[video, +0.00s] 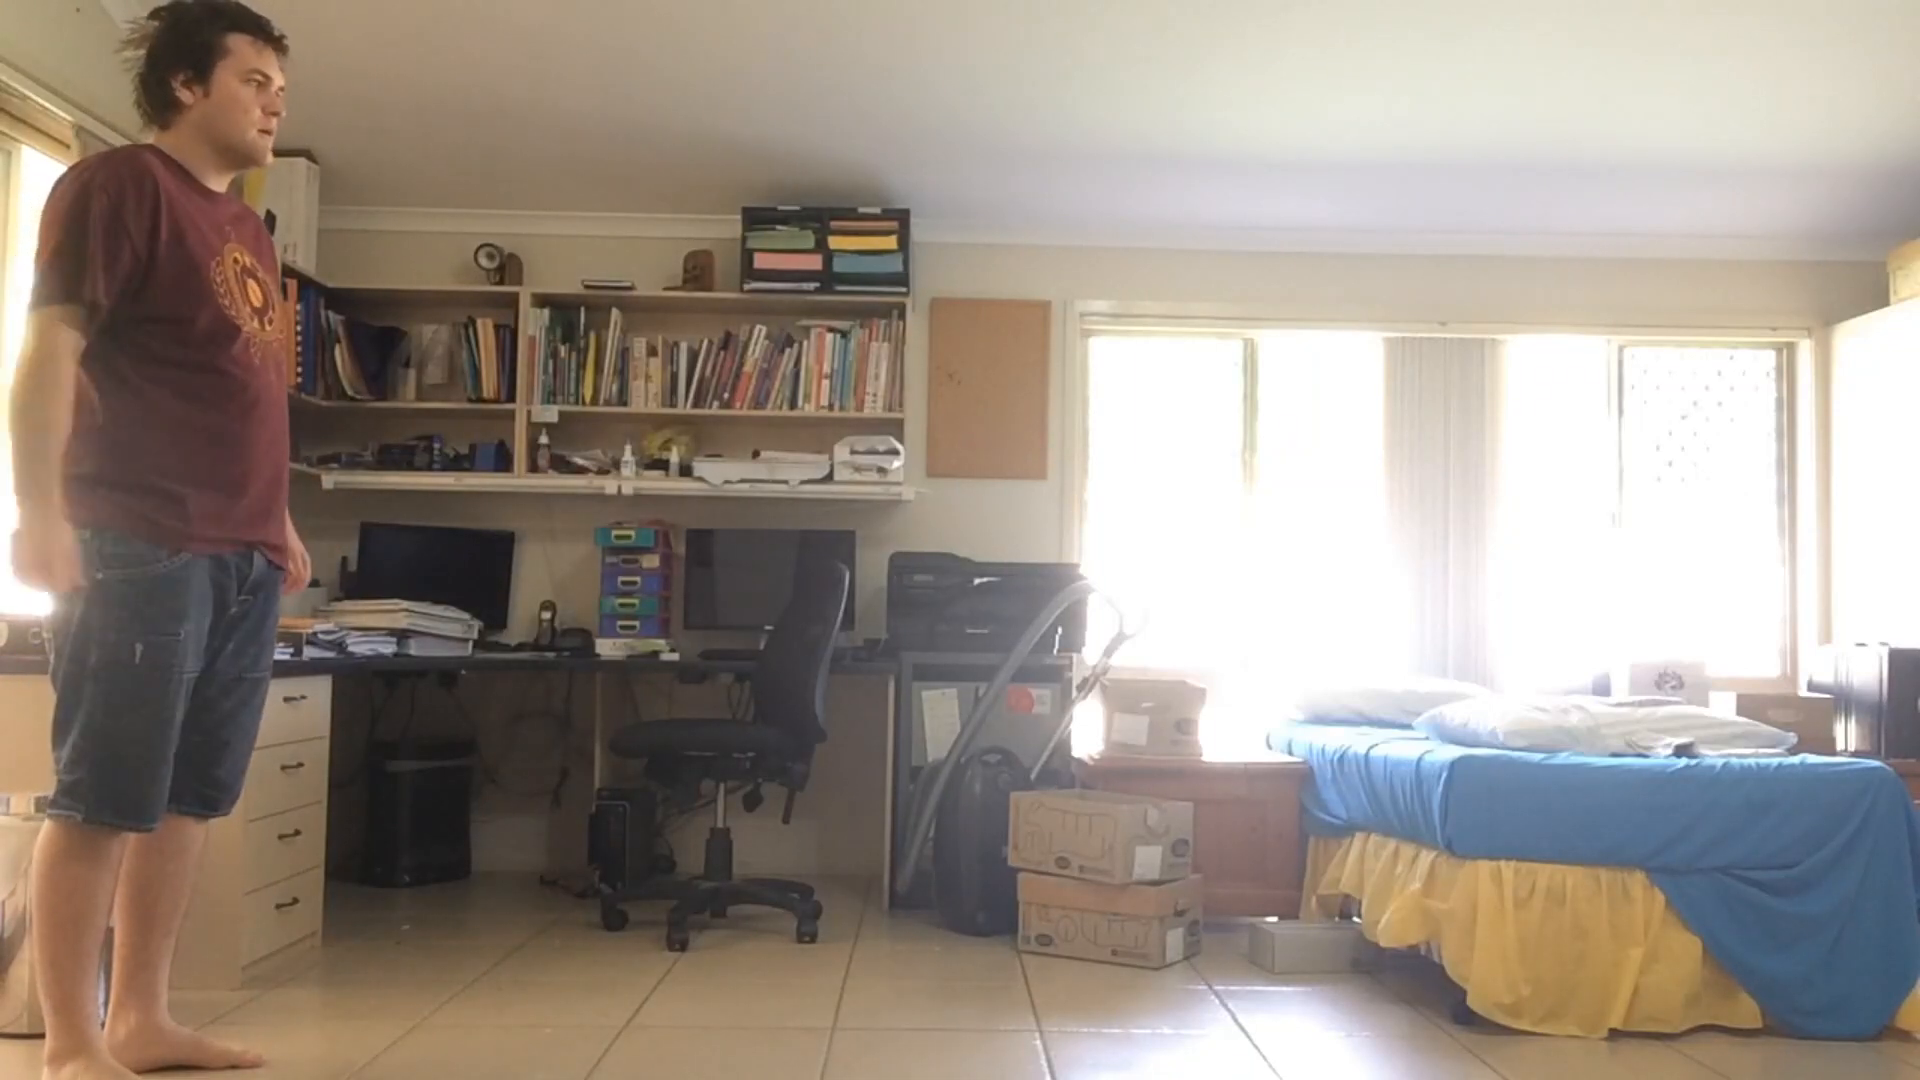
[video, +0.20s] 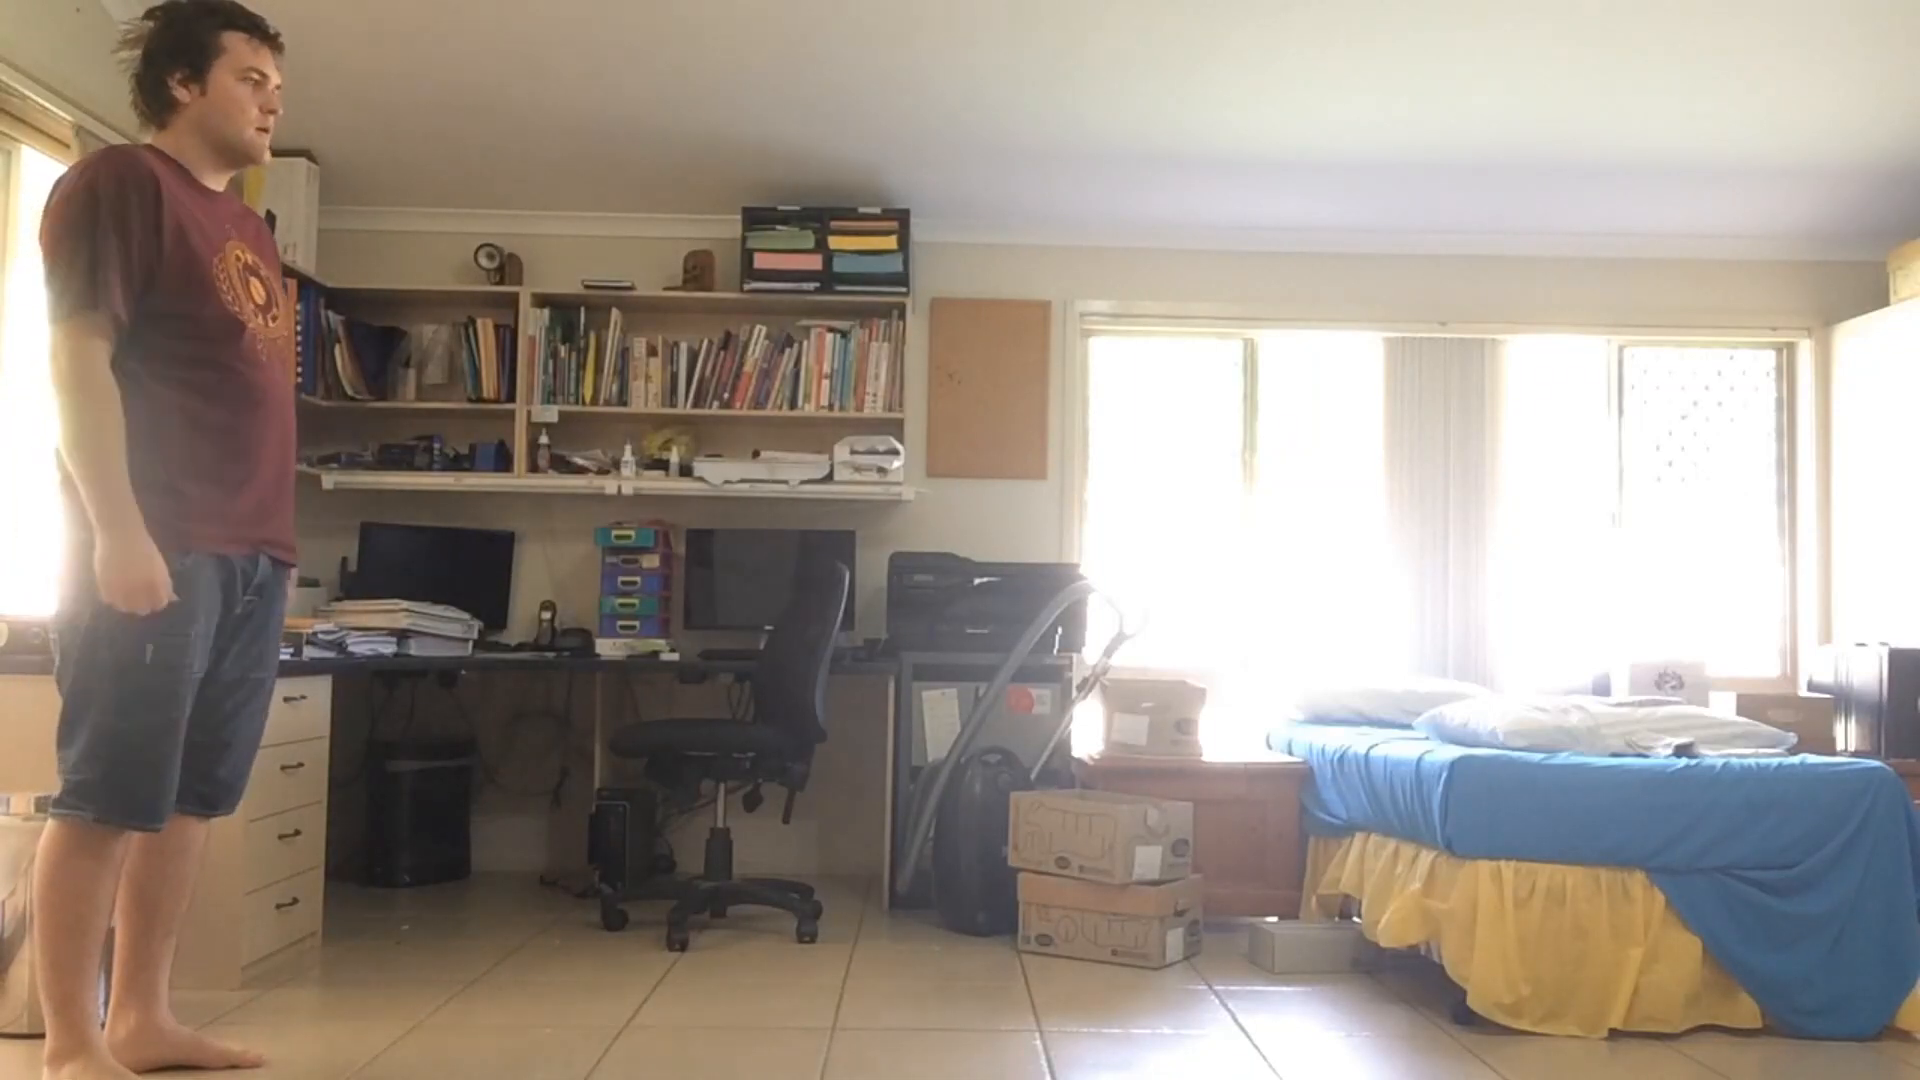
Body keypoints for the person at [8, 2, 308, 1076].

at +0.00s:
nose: (276, 102)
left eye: (280, 87)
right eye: (258, 82)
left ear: (266, 105)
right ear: (187, 88)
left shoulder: (251, 224)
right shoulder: (116, 182)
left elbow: (246, 394)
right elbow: (49, 348)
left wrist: (275, 519)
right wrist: (40, 515)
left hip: (246, 553)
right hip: (136, 542)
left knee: (184, 799)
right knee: (99, 798)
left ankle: (141, 1023)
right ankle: (68, 1045)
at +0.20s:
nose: (271, 99)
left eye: (276, 85)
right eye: (252, 79)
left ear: (264, 104)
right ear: (183, 88)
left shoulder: (252, 223)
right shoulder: (117, 180)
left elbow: (256, 391)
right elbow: (79, 359)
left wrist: (273, 537)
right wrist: (119, 533)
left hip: (252, 553)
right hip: (151, 545)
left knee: (185, 801)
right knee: (102, 800)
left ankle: (142, 1023)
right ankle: (69, 1045)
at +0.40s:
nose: (300, 107)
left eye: (304, 92)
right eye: (281, 83)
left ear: (286, 110)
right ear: (210, 89)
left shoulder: (271, 230)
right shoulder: (137, 180)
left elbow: (267, 400)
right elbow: (83, 353)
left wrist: (282, 537)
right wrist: (121, 528)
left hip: (252, 559)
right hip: (150, 549)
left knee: (188, 803)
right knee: (105, 803)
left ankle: (140, 1022)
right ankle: (68, 1046)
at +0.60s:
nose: (379, 136)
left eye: (383, 121)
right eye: (360, 111)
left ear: (352, 133)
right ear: (289, 110)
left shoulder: (321, 249)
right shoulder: (193, 195)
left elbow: (271, 410)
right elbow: (97, 360)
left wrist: (266, 544)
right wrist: (119, 533)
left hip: (249, 560)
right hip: (151, 548)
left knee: (211, 805)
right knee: (126, 808)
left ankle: (143, 1022)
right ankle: (72, 1045)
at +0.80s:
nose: (486, 266)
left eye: (489, 247)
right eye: (469, 240)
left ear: (419, 252)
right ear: (399, 239)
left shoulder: (396, 357)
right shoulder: (278, 304)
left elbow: (281, 460)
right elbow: (119, 408)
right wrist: (100, 586)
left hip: (235, 602)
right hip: (140, 589)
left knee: (262, 808)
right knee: (195, 811)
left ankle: (144, 1027)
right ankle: (76, 1048)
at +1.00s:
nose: (533, 327)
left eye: (534, 309)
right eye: (516, 306)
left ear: (471, 323)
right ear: (448, 316)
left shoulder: (448, 423)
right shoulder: (339, 388)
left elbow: (347, 541)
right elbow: (183, 498)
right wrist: (126, 676)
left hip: (292, 665)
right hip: (199, 651)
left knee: (318, 858)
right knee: (271, 862)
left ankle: (147, 1030)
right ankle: (84, 1049)